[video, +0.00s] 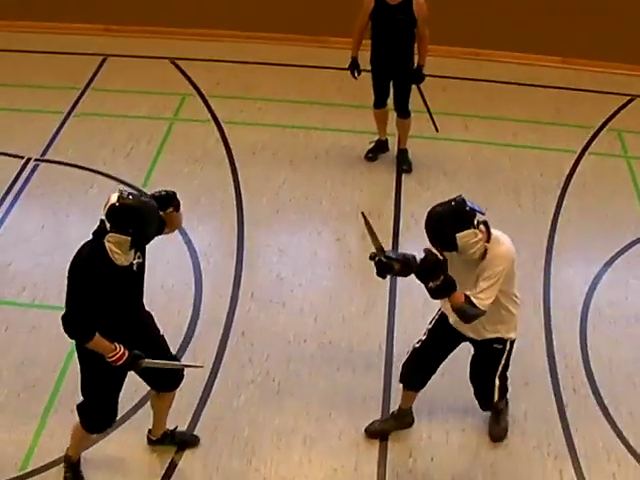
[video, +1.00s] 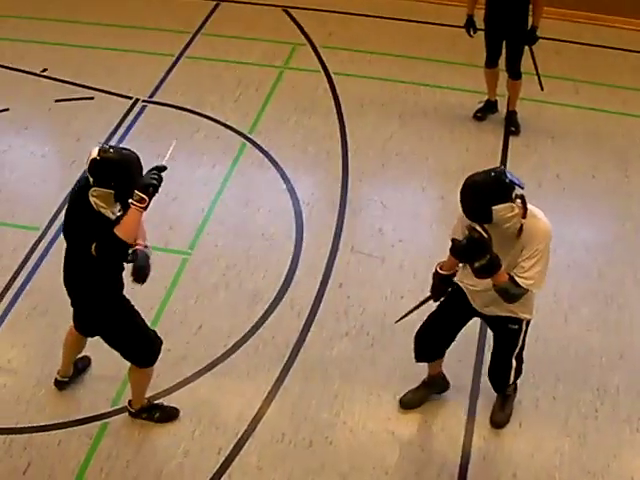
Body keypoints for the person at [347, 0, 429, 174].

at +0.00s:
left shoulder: (416, 4)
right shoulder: (372, 3)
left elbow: (422, 34)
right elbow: (361, 27)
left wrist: (420, 65)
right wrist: (354, 56)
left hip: (403, 65)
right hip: (379, 64)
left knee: (402, 108)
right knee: (379, 103)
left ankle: (402, 150)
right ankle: (381, 141)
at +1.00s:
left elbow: (537, 2)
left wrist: (534, 27)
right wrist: (470, 15)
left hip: (518, 23)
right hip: (493, 21)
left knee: (514, 70)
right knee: (491, 62)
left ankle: (512, 112)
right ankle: (491, 102)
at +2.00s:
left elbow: (552, 3)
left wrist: (548, 30)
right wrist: (485, 17)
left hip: (532, 26)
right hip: (507, 23)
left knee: (527, 71)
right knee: (504, 64)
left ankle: (524, 115)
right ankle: (504, 103)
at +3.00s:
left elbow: (600, 5)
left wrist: (595, 32)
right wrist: (531, 18)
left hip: (579, 28)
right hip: (554, 24)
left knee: (572, 74)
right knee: (550, 66)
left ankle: (569, 117)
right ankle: (549, 105)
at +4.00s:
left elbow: (634, 7)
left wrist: (628, 37)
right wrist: (564, 21)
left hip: (612, 31)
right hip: (587, 27)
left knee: (605, 77)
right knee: (583, 70)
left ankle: (601, 121)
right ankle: (581, 109)